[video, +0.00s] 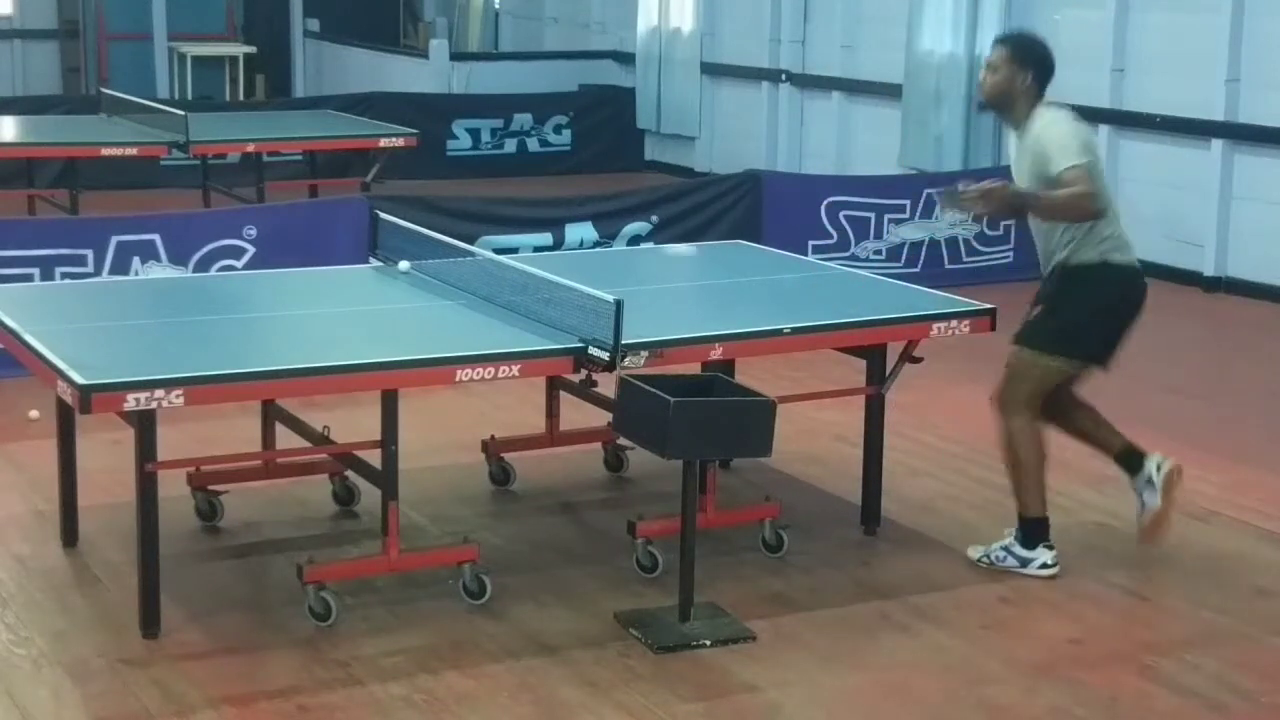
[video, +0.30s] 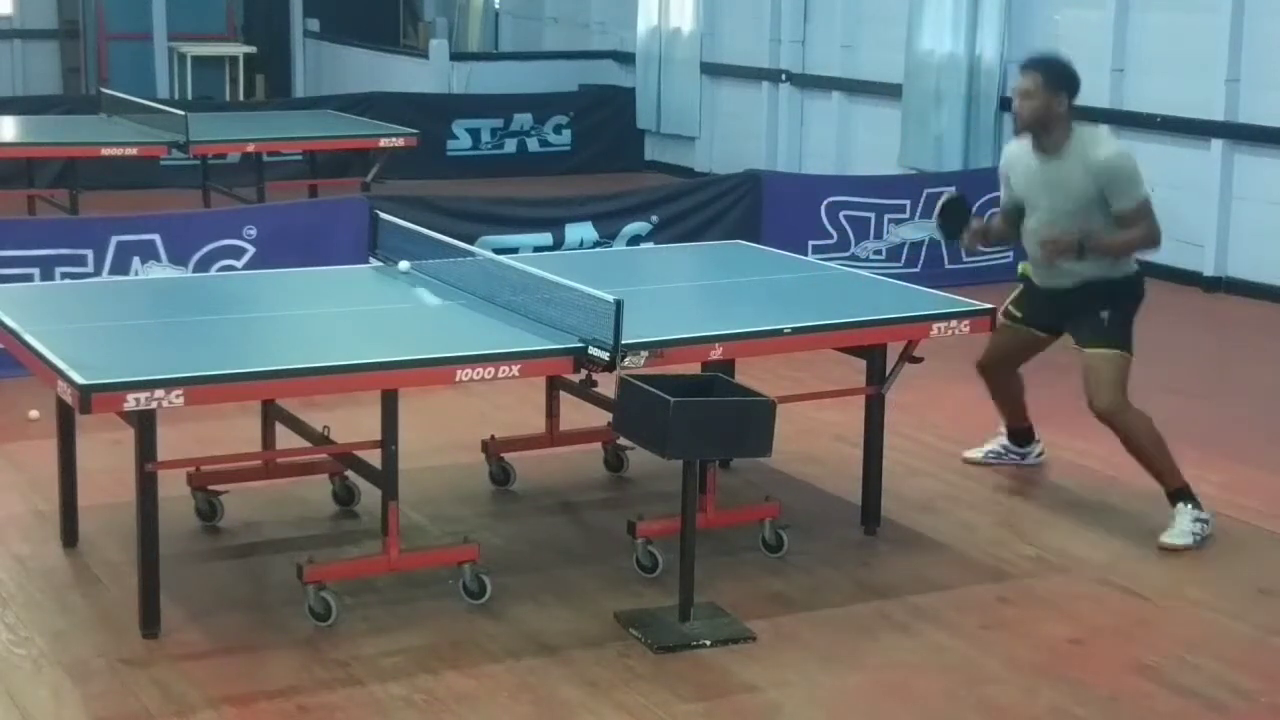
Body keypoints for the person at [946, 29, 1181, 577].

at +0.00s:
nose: (982, 78)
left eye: (993, 69)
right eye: (985, 68)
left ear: (1026, 79)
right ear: (1015, 80)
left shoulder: (1055, 126)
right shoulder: (1025, 134)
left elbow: (1088, 202)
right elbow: (1055, 207)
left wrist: (1016, 201)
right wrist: (996, 203)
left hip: (1099, 277)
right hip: (1083, 276)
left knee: (1015, 397)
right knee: (1044, 398)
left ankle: (1032, 542)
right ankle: (1144, 470)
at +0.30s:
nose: (1014, 103)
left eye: (1024, 95)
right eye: (1015, 94)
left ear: (1057, 102)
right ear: (1037, 102)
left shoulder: (1106, 156)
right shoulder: (1015, 156)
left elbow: (1148, 234)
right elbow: (1012, 225)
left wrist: (1084, 244)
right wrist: (979, 231)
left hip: (1105, 289)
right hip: (1045, 287)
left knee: (1106, 402)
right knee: (993, 363)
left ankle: (1188, 506)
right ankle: (1021, 443)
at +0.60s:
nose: (1021, 113)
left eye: (1032, 105)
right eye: (1019, 104)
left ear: (1066, 108)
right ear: (1022, 106)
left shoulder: (1108, 156)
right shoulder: (1032, 162)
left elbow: (1155, 232)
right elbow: (1040, 232)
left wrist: (1079, 239)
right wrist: (1008, 239)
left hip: (1139, 278)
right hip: (1084, 281)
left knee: (1135, 390)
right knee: (1021, 360)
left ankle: (1222, 502)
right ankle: (1050, 440)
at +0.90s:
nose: (1045, 101)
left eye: (1056, 94)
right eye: (1045, 92)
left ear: (1090, 99)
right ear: (1048, 95)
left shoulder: (1131, 148)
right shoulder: (1057, 151)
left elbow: (1173, 228)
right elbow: (1070, 218)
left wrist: (1094, 232)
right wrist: (1039, 226)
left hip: (1161, 274)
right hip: (1104, 273)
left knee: (1154, 386)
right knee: (1044, 354)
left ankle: (1229, 505)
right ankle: (1059, 440)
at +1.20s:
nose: (1092, 53)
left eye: (1103, 45)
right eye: (1091, 43)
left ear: (1135, 51)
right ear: (1100, 50)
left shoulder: (1176, 108)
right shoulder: (1103, 110)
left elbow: (1229, 176)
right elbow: (1113, 179)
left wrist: (1151, 200)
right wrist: (1075, 194)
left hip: (1189, 249)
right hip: (1136, 248)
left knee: (1176, 375)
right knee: (1099, 341)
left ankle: (1237, 501)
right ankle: (1103, 448)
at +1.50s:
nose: (1119, 53)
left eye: (1132, 45)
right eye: (1118, 42)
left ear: (1165, 52)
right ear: (1119, 46)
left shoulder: (1203, 109)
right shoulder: (1111, 113)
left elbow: (1252, 187)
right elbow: (1108, 182)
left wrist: (1180, 217)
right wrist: (1090, 211)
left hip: (1206, 259)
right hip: (1146, 266)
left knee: (1198, 379)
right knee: (1157, 382)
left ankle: (1245, 516)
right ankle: (1213, 484)